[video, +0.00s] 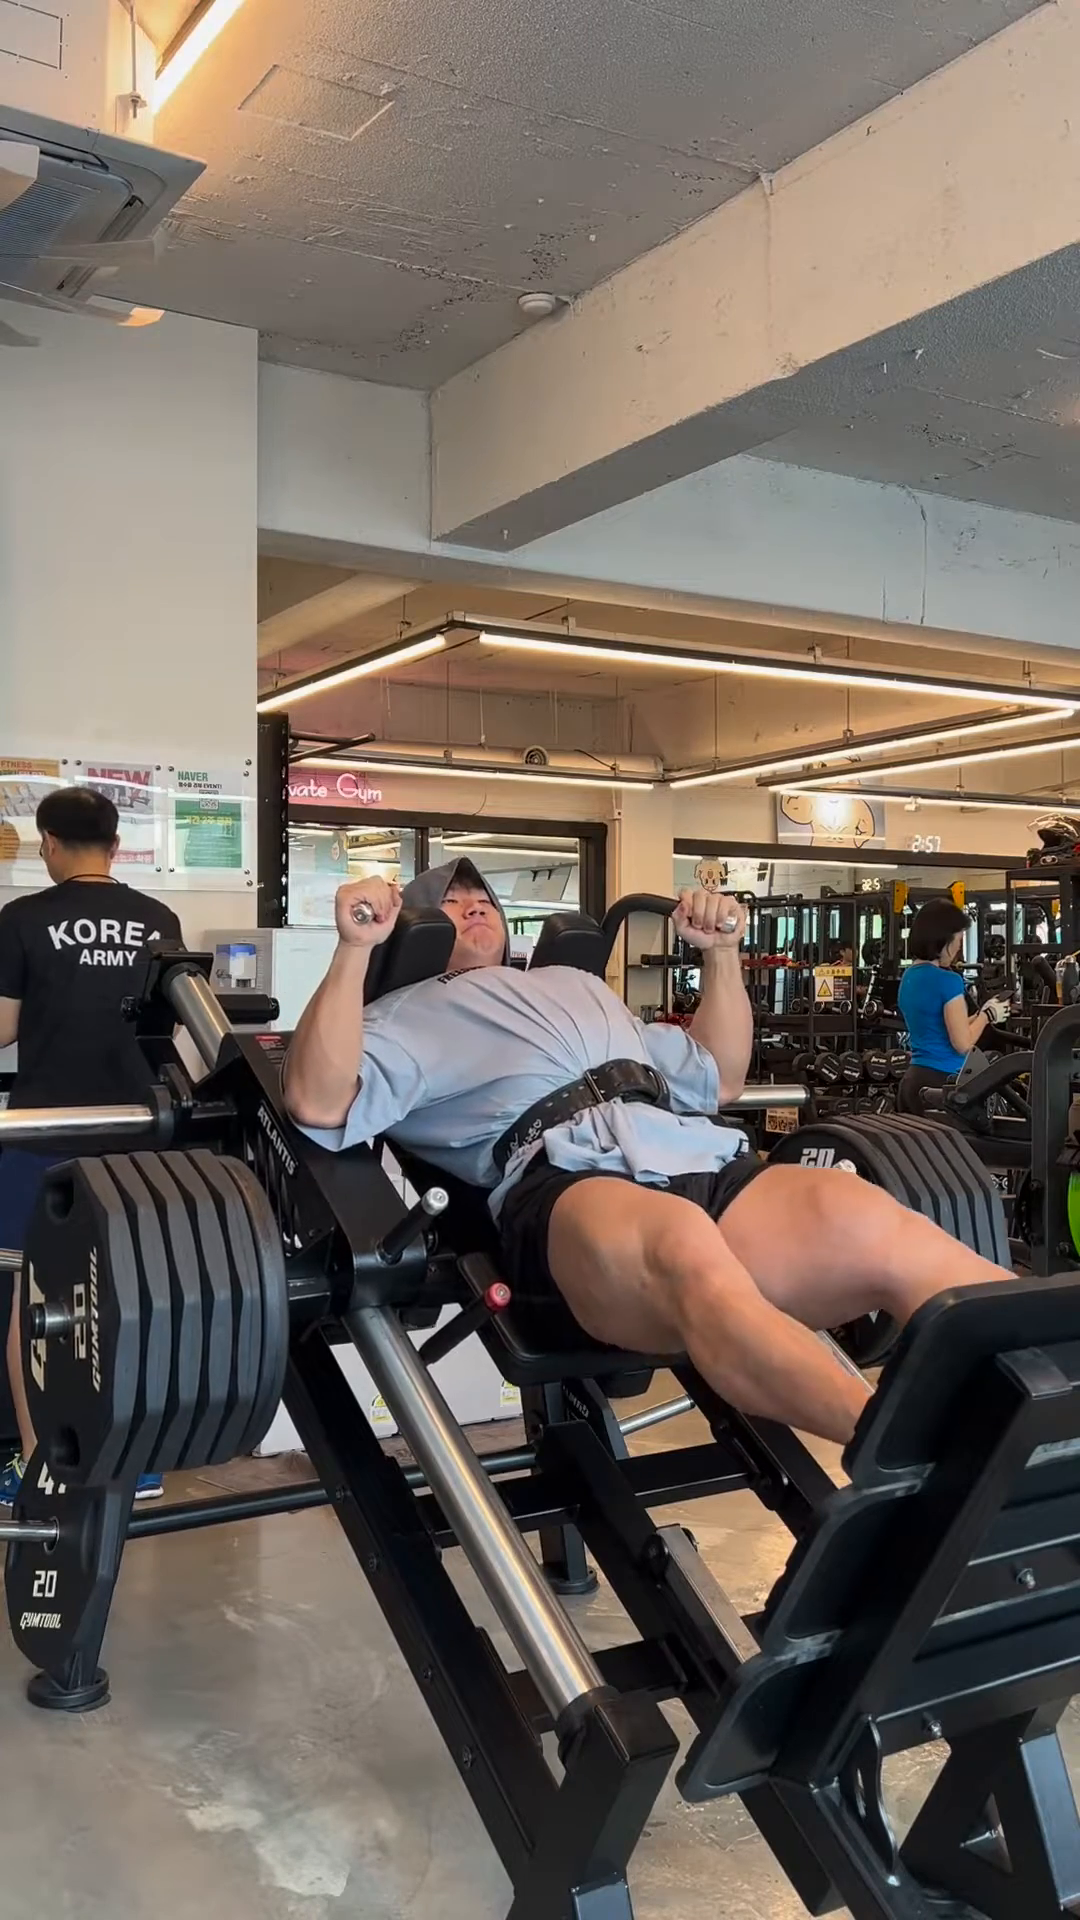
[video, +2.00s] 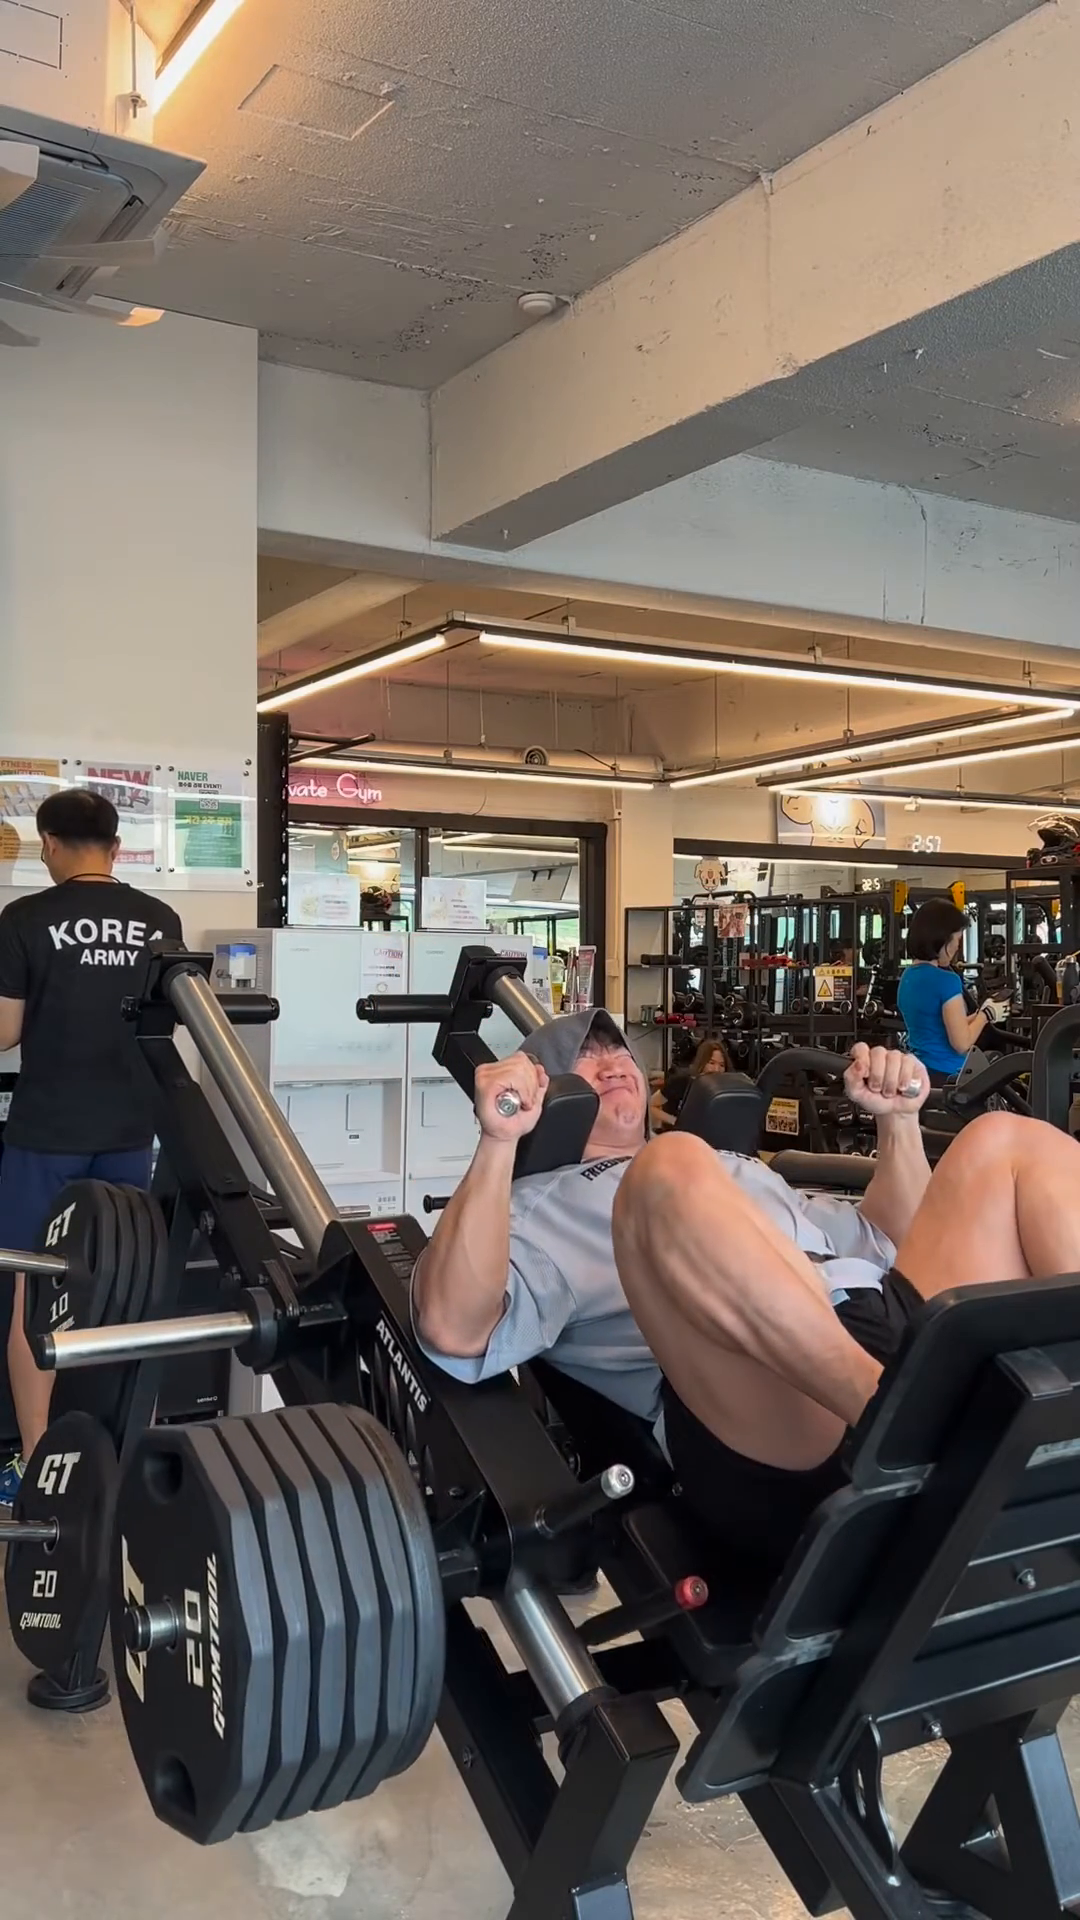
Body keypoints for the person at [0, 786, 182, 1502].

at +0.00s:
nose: (47, 855)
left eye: (44, 844)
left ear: (47, 845)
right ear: (115, 847)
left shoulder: (23, 918)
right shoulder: (159, 917)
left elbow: (5, 1027)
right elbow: (178, 1021)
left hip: (41, 1134)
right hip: (135, 1135)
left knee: (24, 1295)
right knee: (134, 1293)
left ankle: (35, 1455)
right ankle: (138, 1462)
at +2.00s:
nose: (49, 858)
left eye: (46, 848)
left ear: (49, 846)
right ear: (116, 848)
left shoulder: (27, 918)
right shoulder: (161, 918)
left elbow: (7, 1030)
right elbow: (173, 1020)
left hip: (47, 1131)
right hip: (135, 1131)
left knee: (28, 1298)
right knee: (121, 1287)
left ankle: (41, 1463)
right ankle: (124, 1449)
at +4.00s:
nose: (48, 857)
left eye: (45, 847)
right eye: (52, 847)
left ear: (50, 846)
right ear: (116, 847)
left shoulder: (29, 920)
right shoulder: (164, 920)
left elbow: (8, 1031)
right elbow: (174, 1024)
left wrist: (60, 1020)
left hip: (49, 1132)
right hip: (138, 1133)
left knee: (32, 1298)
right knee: (127, 1294)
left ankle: (39, 1461)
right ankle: (126, 1454)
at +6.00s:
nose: (52, 857)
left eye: (49, 847)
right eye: (62, 847)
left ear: (51, 845)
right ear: (119, 847)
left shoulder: (31, 917)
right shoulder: (164, 920)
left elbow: (5, 1029)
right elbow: (181, 1028)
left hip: (48, 1139)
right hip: (140, 1141)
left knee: (29, 1298)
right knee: (135, 1296)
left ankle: (35, 1458)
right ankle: (138, 1464)